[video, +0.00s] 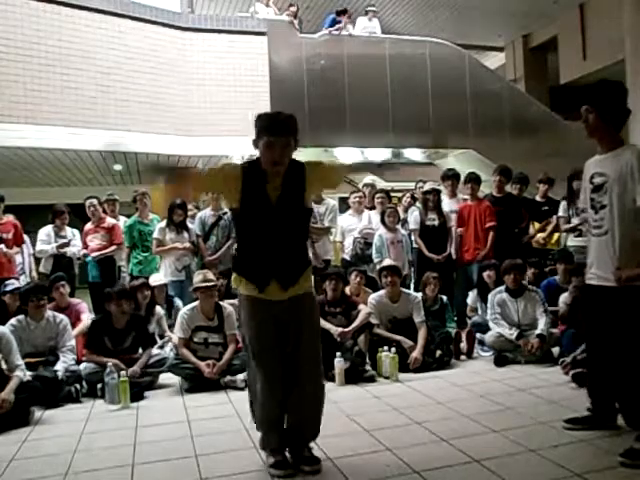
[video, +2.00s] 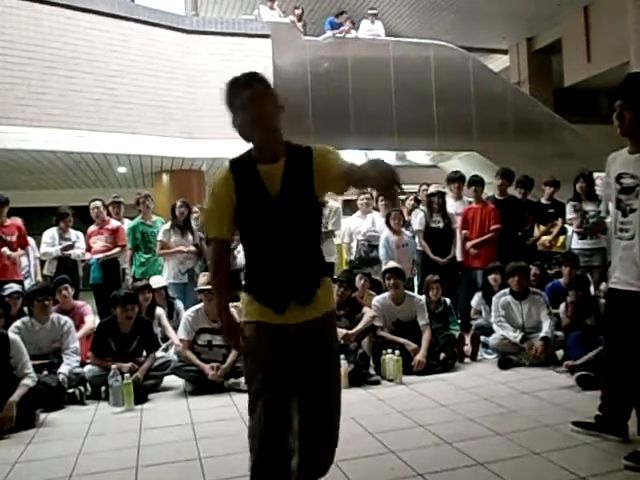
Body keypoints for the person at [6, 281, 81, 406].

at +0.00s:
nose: (40, 303)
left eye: (42, 299)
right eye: (34, 300)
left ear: (47, 301)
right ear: (25, 305)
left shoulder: (60, 321)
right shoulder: (15, 325)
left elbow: (68, 352)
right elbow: (10, 357)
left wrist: (58, 372)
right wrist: (24, 374)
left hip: (53, 367)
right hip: (27, 369)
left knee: (75, 374)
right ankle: (66, 394)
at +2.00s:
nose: (46, 304)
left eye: (48, 300)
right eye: (41, 301)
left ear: (53, 302)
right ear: (31, 305)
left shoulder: (64, 323)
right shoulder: (18, 328)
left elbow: (72, 353)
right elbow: (15, 359)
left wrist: (63, 373)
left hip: (59, 368)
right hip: (33, 372)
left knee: (79, 375)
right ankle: (69, 397)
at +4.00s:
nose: (44, 305)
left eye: (47, 301)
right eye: (39, 302)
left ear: (52, 303)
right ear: (31, 305)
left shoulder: (64, 323)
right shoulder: (18, 328)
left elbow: (72, 353)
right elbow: (15, 358)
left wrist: (63, 373)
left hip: (58, 368)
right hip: (32, 372)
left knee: (79, 375)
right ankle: (69, 397)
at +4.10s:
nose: (43, 305)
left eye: (47, 301)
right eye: (39, 302)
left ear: (52, 303)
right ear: (31, 305)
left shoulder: (64, 324)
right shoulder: (19, 328)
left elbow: (72, 354)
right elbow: (14, 356)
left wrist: (63, 373)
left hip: (57, 369)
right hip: (31, 371)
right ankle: (70, 397)